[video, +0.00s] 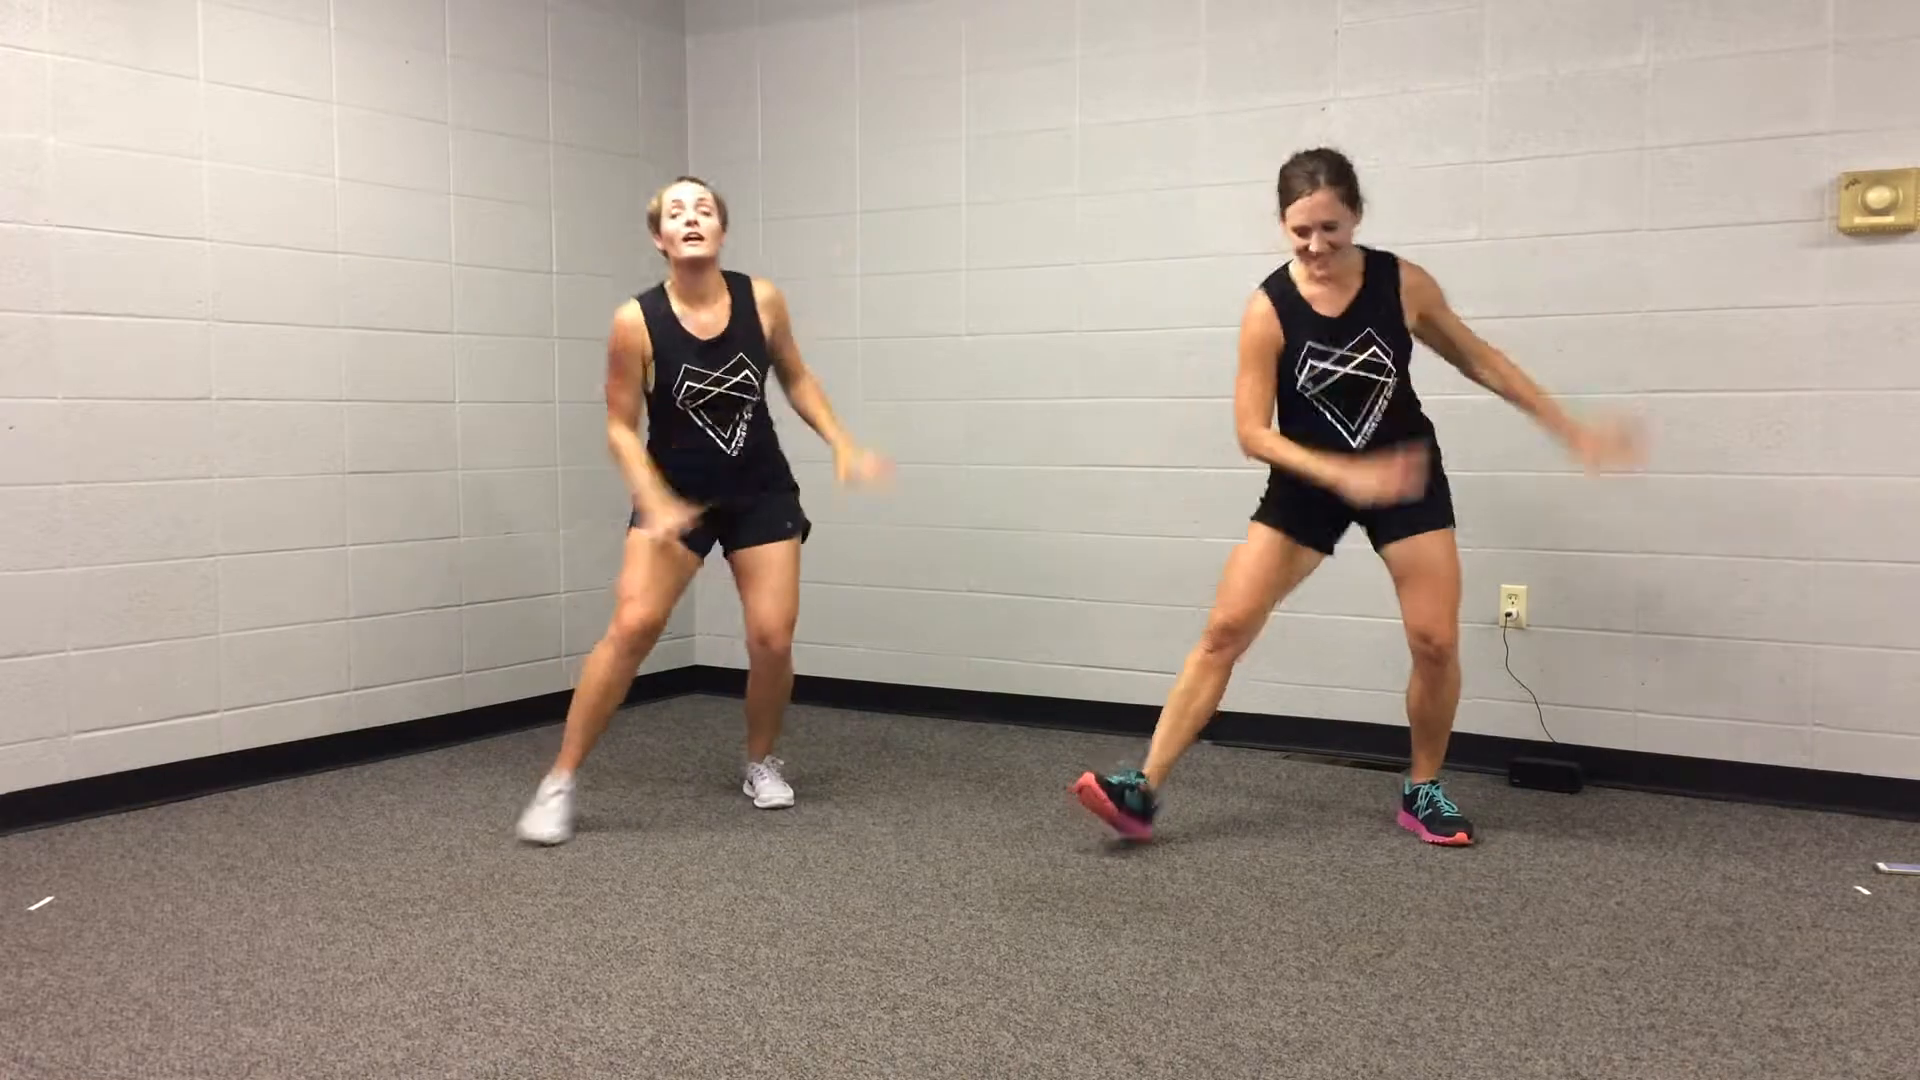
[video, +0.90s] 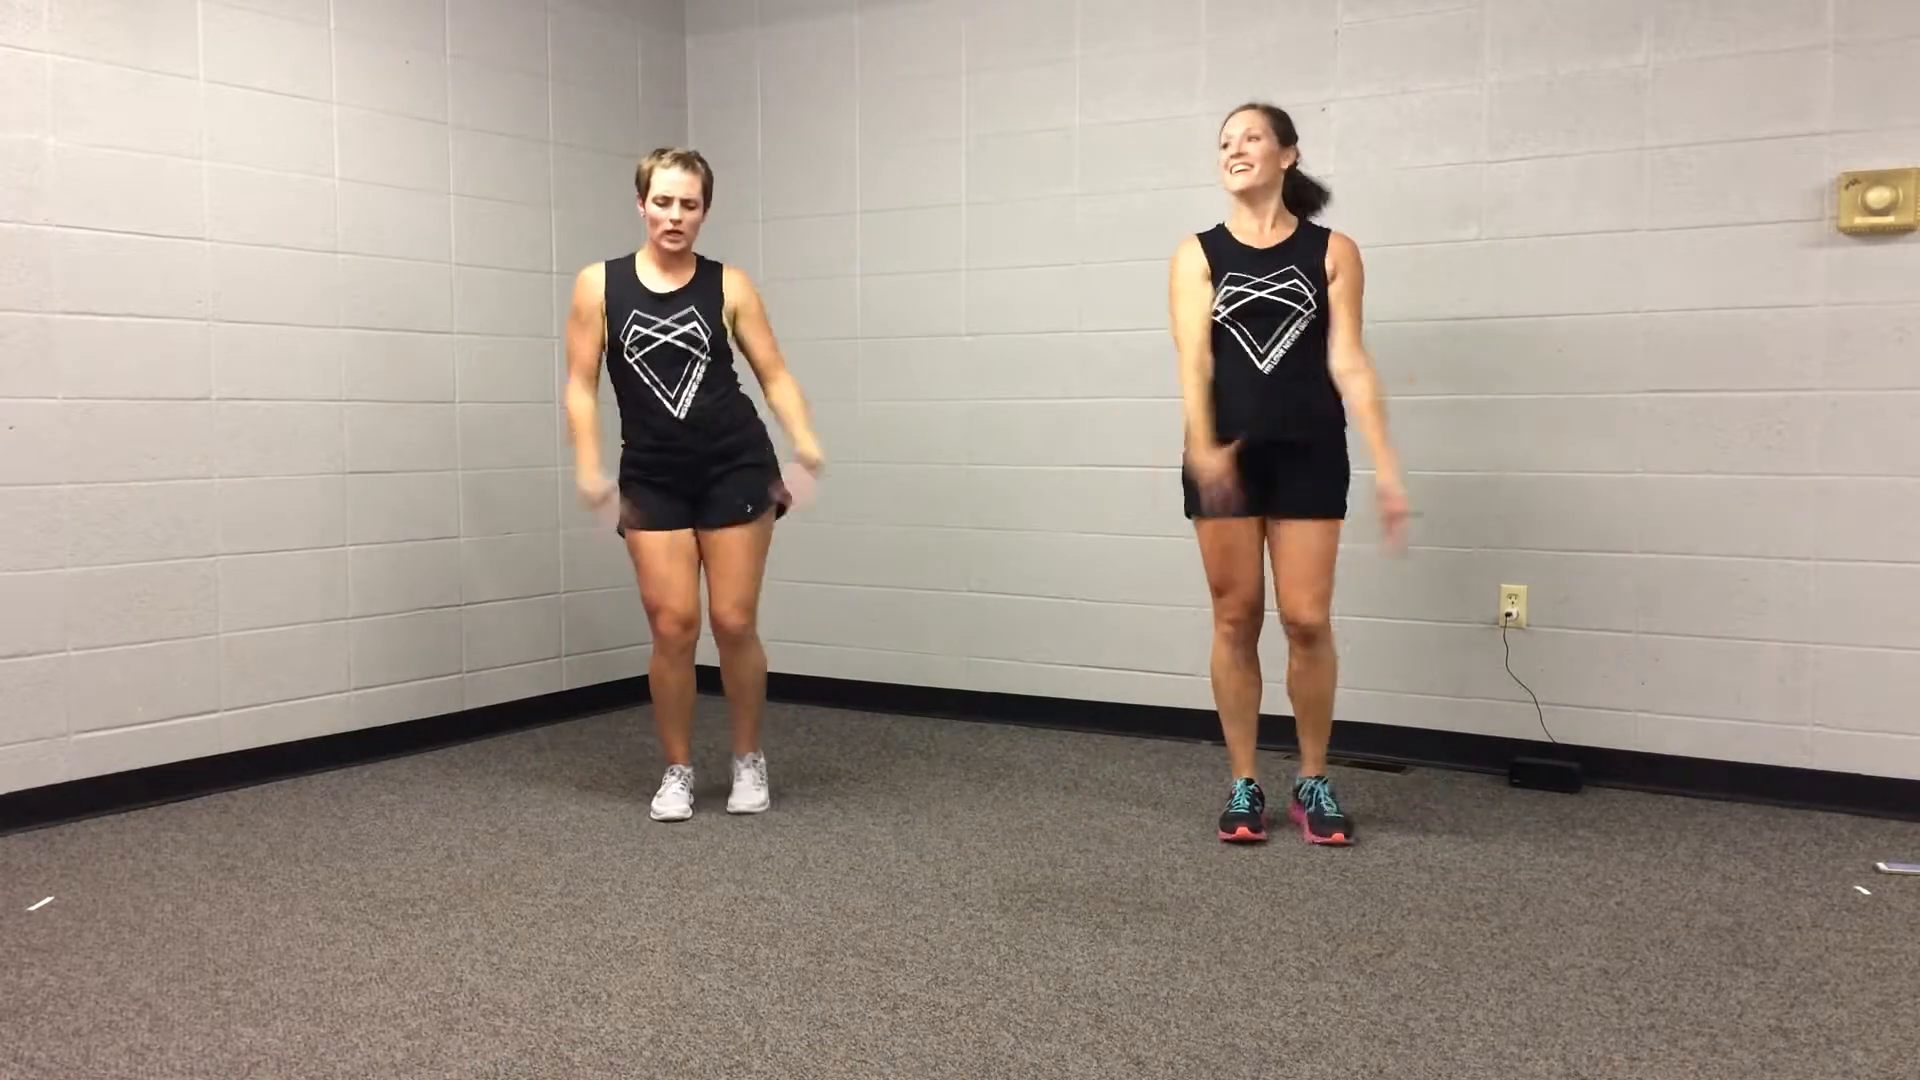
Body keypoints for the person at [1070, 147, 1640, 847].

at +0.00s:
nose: (1317, 244)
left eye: (1331, 228)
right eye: (1303, 230)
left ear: (1356, 216)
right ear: (1283, 224)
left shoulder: (1403, 286)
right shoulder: (1268, 311)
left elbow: (1479, 359)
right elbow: (1254, 435)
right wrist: (1342, 474)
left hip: (1401, 468)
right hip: (1307, 475)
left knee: (1435, 641)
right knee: (1224, 630)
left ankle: (1424, 789)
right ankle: (1144, 786)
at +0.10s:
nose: (1320, 215)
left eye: (1332, 198)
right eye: (1305, 202)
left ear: (1361, 186)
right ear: (1290, 200)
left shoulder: (1413, 263)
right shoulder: (1276, 281)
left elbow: (1483, 366)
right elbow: (1255, 401)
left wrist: (1511, 466)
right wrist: (1262, 504)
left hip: (1388, 456)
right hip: (1293, 456)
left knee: (1419, 622)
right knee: (1221, 600)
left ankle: (1424, 786)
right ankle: (1190, 773)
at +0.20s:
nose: (1315, 182)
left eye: (1327, 165)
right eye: (1300, 171)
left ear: (1360, 158)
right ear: (1287, 173)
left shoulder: (1409, 238)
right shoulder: (1268, 254)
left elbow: (1459, 351)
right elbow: (1227, 361)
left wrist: (1409, 427)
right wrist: (1190, 449)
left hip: (1364, 439)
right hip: (1272, 432)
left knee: (1390, 614)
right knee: (1236, 596)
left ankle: (1420, 784)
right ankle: (1229, 769)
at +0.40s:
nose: (1297, 157)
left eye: (1310, 145)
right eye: (1283, 147)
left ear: (1335, 159)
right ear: (1265, 163)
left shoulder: (1368, 253)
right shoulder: (1234, 254)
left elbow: (1382, 370)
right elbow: (1166, 351)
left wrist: (1329, 454)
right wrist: (1220, 403)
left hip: (1335, 447)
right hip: (1244, 448)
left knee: (1378, 621)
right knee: (1239, 613)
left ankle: (1409, 777)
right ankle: (1242, 782)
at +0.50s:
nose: (1280, 156)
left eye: (1295, 146)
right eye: (1267, 148)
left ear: (1318, 168)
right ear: (1248, 171)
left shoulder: (1353, 250)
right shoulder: (1219, 253)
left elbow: (1394, 337)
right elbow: (1174, 338)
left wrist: (1323, 339)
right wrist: (1255, 289)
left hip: (1323, 444)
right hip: (1235, 448)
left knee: (1377, 570)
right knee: (1238, 624)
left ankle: (1362, 692)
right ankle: (1244, 783)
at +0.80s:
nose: (1241, 146)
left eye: (1257, 135)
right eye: (1232, 138)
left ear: (1293, 155)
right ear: (1223, 161)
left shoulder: (1334, 241)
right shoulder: (1198, 245)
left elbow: (1339, 343)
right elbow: (1207, 340)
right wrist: (1271, 362)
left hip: (1313, 425)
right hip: (1227, 430)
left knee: (1307, 612)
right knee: (1239, 610)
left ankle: (1314, 777)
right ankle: (1245, 782)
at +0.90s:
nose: (1235, 150)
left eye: (1251, 138)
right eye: (1227, 142)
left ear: (1288, 156)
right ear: (1220, 164)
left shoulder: (1332, 251)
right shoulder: (1196, 258)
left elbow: (1350, 363)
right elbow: (1193, 362)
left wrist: (1385, 467)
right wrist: (1202, 446)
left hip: (1308, 450)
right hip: (1223, 451)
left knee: (1307, 621)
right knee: (1235, 617)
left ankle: (1314, 780)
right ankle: (1243, 783)